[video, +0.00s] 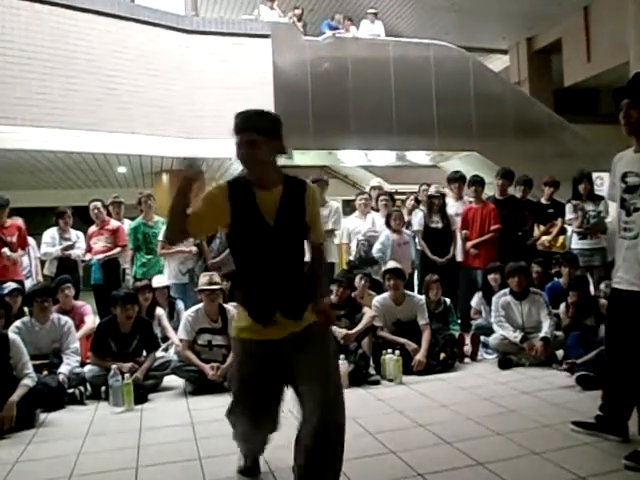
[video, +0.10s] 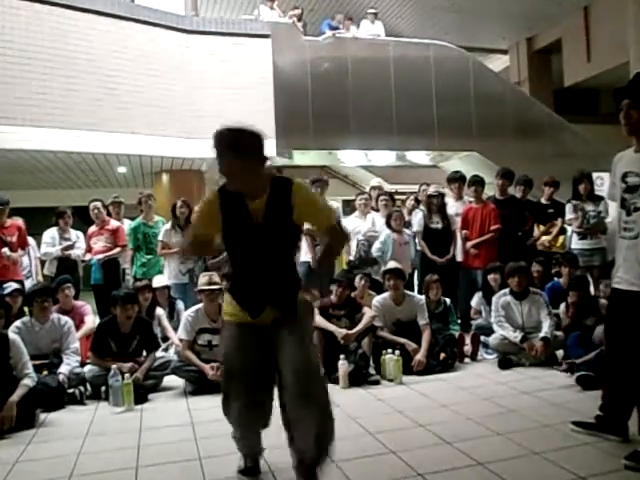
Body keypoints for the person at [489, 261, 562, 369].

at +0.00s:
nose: (517, 281)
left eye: (521, 277)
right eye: (513, 277)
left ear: (527, 278)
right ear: (508, 280)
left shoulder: (539, 296)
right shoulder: (499, 299)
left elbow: (548, 319)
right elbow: (498, 323)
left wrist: (544, 339)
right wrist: (522, 339)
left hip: (535, 334)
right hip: (513, 335)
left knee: (559, 338)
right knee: (495, 341)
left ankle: (519, 360)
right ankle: (542, 358)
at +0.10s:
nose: (517, 281)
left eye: (520, 277)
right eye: (513, 277)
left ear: (527, 278)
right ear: (508, 280)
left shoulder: (539, 296)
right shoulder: (499, 299)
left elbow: (548, 319)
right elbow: (498, 323)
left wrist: (544, 339)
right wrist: (522, 339)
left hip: (535, 334)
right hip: (513, 335)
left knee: (559, 338)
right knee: (495, 341)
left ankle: (519, 360)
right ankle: (542, 358)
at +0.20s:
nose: (517, 281)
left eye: (521, 277)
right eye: (513, 277)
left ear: (527, 278)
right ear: (508, 280)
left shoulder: (539, 296)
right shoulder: (499, 299)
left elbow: (548, 319)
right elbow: (498, 323)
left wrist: (544, 339)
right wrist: (522, 339)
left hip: (535, 334)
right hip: (513, 335)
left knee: (559, 338)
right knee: (495, 341)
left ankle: (519, 360)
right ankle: (542, 358)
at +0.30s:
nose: (517, 281)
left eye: (521, 277)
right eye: (513, 277)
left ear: (527, 278)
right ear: (508, 280)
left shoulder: (539, 296)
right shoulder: (499, 299)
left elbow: (548, 319)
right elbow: (498, 323)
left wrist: (544, 339)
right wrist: (522, 339)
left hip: (535, 334)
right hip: (513, 335)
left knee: (559, 338)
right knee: (495, 341)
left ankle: (519, 360)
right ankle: (542, 358)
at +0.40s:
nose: (517, 281)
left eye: (520, 277)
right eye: (513, 277)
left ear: (527, 278)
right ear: (508, 280)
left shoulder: (539, 296)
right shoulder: (499, 299)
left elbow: (548, 319)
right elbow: (498, 323)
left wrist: (544, 339)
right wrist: (522, 339)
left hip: (535, 334)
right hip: (513, 335)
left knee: (559, 338)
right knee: (495, 341)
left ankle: (519, 360)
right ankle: (542, 358)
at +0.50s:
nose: (517, 281)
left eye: (521, 277)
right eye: (513, 277)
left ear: (527, 278)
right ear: (507, 280)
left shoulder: (539, 296)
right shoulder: (499, 299)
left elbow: (548, 319)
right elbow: (498, 323)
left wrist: (544, 338)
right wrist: (522, 339)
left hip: (535, 334)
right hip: (513, 336)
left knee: (559, 338)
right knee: (495, 341)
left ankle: (519, 360)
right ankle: (541, 358)